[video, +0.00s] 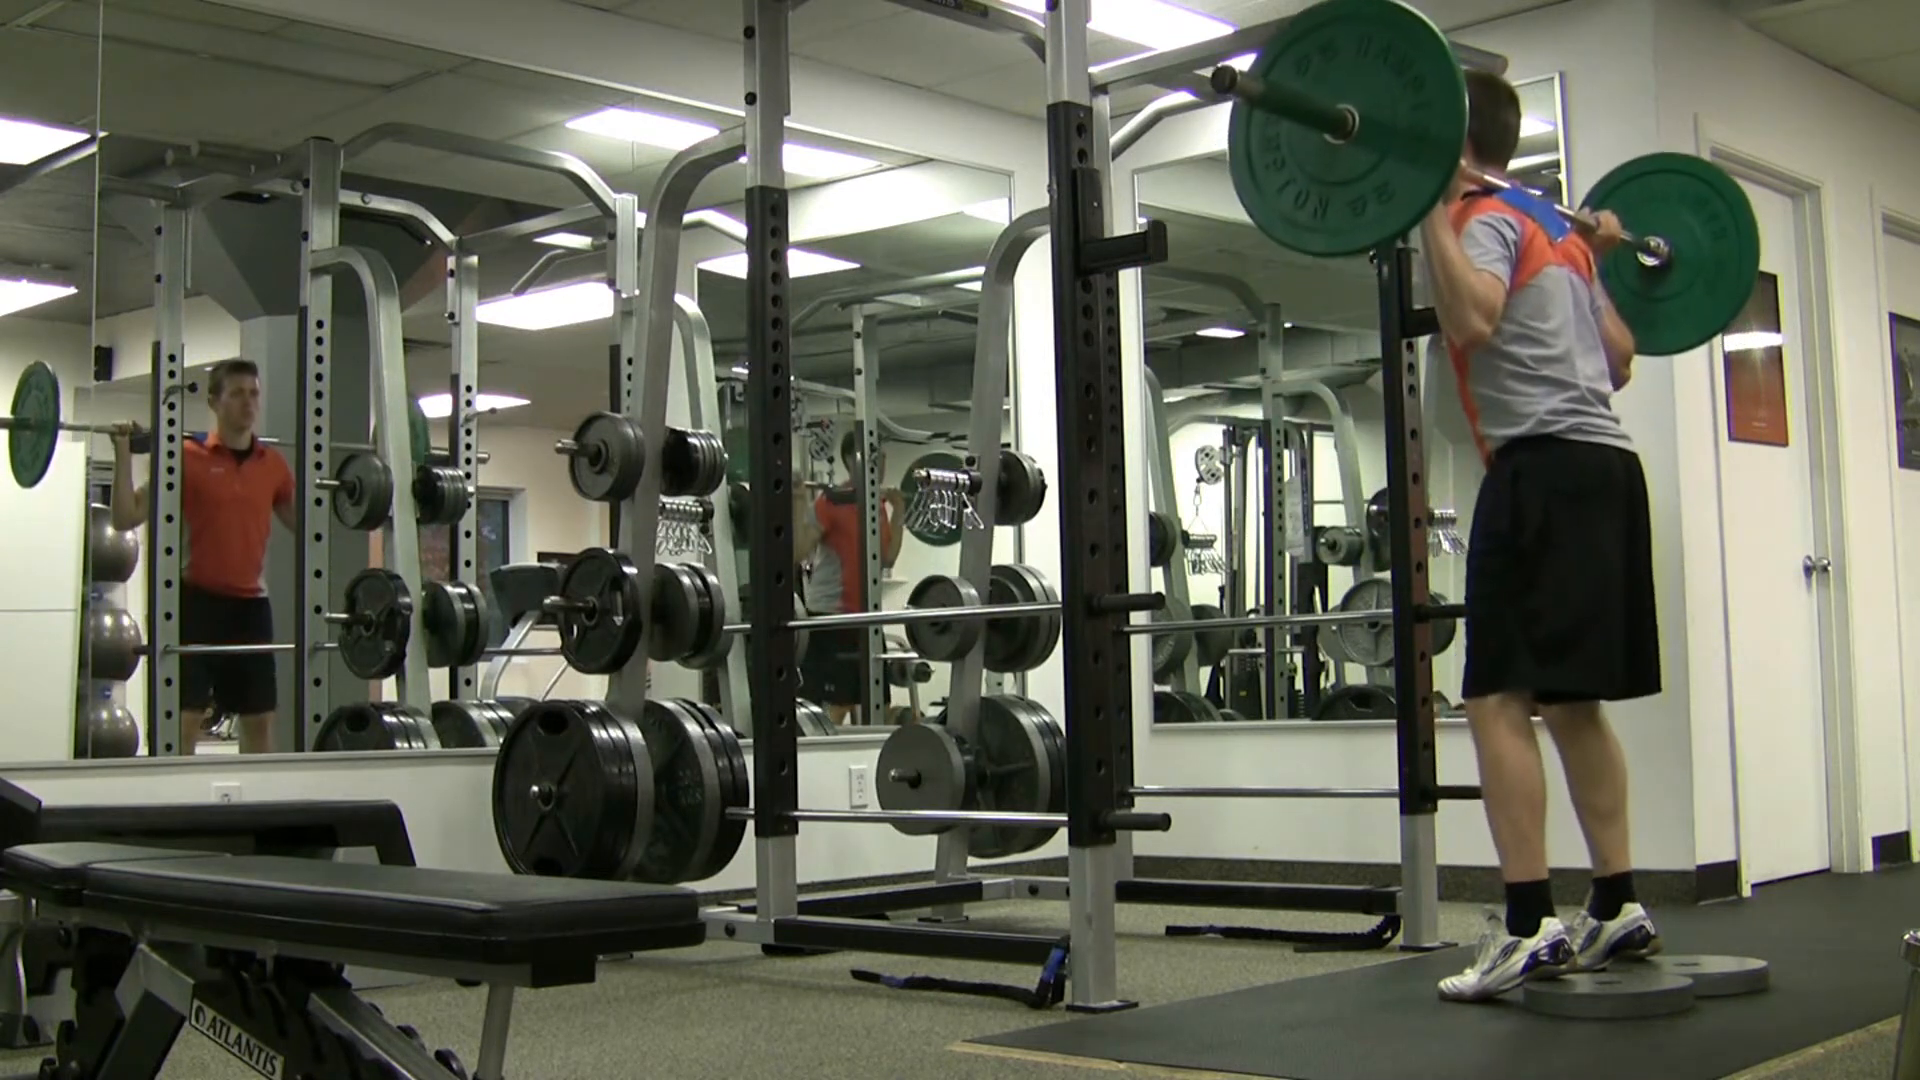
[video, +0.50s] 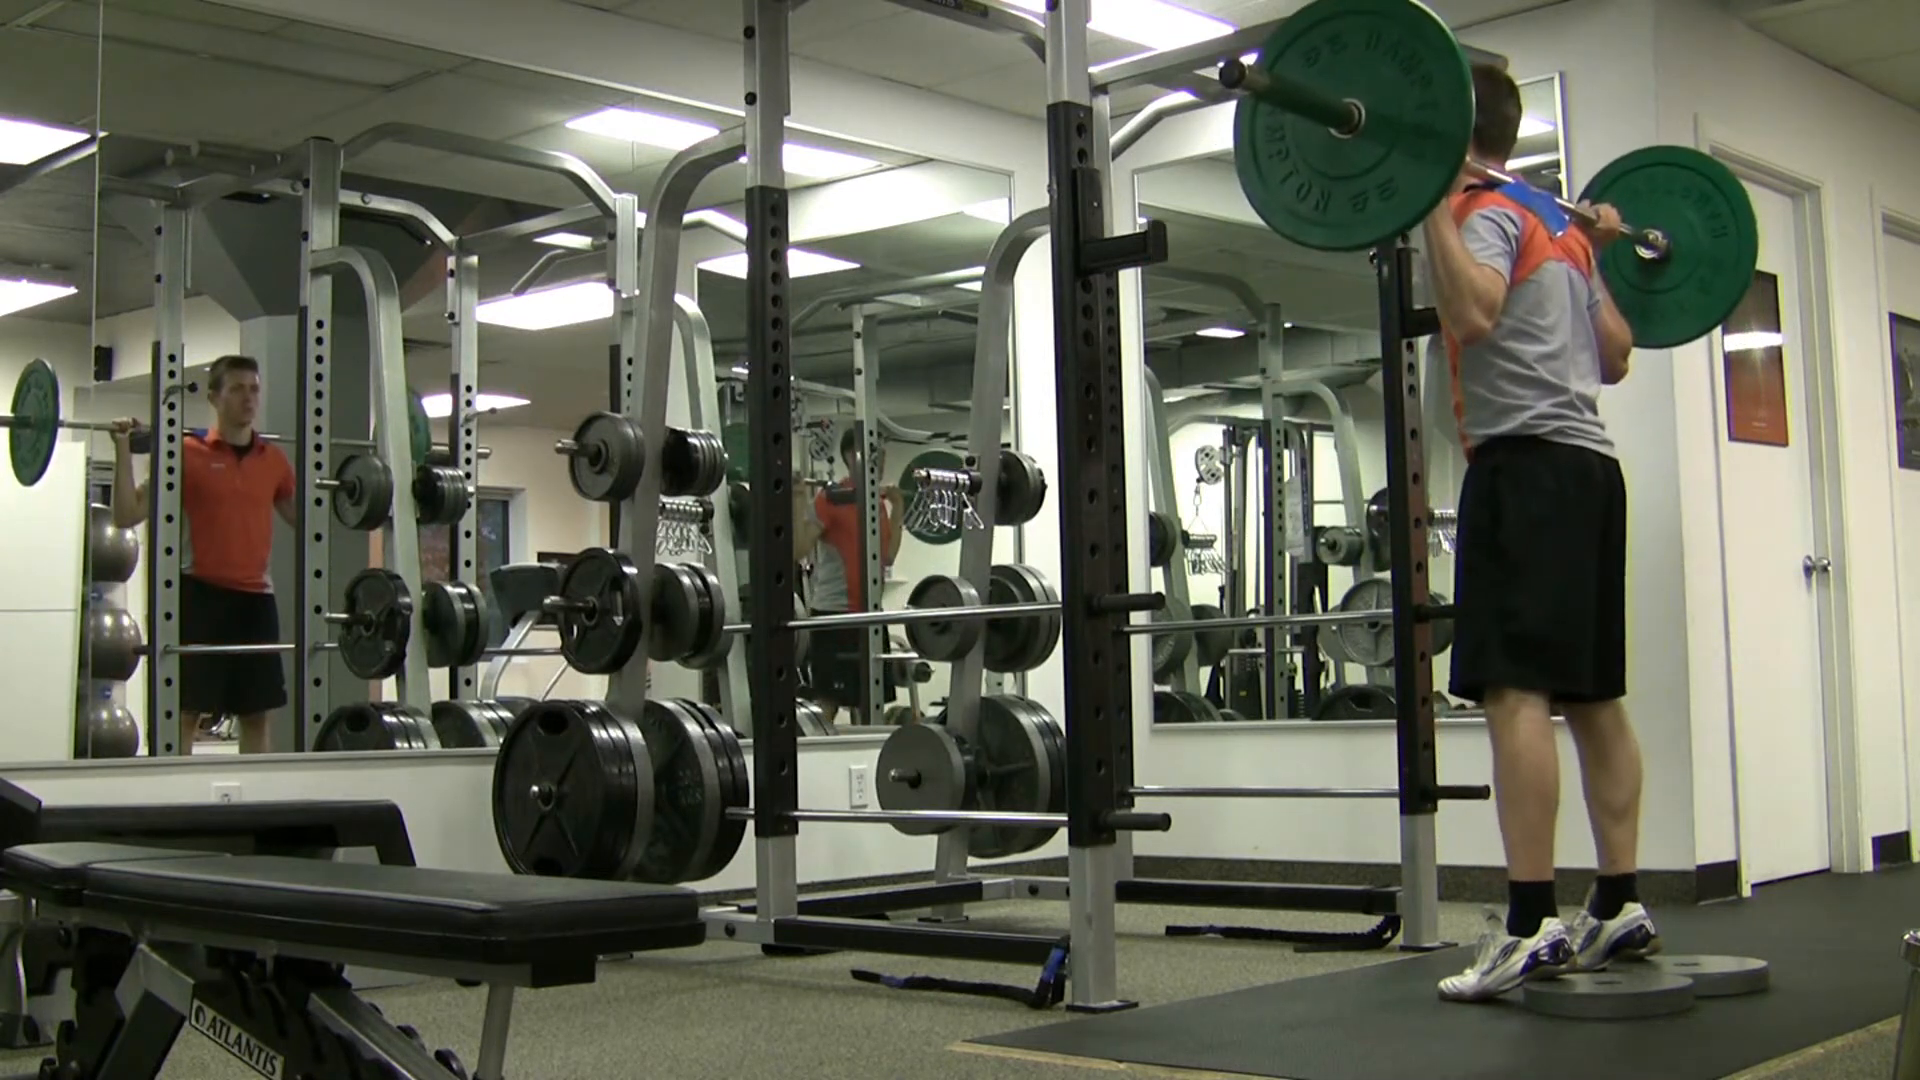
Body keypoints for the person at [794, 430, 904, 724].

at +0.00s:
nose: (874, 465)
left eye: (877, 457)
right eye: (865, 457)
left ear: (882, 460)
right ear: (849, 459)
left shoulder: (875, 505)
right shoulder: (830, 502)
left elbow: (888, 557)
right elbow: (799, 554)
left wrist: (898, 512)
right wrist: (798, 503)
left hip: (865, 613)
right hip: (833, 614)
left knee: (868, 704)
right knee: (838, 703)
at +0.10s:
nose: (872, 463)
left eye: (876, 455)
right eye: (864, 455)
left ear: (881, 458)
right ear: (849, 457)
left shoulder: (875, 503)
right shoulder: (831, 499)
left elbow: (888, 556)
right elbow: (799, 552)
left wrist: (898, 510)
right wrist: (798, 502)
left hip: (864, 610)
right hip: (831, 611)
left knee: (860, 699)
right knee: (835, 700)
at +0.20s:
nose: (872, 462)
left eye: (876, 454)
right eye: (864, 454)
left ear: (881, 457)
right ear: (849, 457)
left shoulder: (875, 502)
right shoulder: (830, 499)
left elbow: (888, 556)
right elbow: (799, 552)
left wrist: (897, 509)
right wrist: (798, 501)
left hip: (866, 610)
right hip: (832, 611)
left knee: (868, 701)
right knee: (830, 700)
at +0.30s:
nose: (871, 462)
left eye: (876, 454)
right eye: (863, 454)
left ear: (882, 457)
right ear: (848, 457)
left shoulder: (875, 501)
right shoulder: (830, 498)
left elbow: (888, 555)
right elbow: (799, 551)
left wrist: (897, 509)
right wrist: (797, 501)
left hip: (868, 611)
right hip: (833, 612)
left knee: (868, 702)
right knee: (826, 701)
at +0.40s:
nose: (871, 462)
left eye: (876, 454)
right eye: (863, 454)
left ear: (881, 457)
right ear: (849, 457)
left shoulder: (875, 502)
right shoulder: (830, 498)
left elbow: (888, 555)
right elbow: (798, 551)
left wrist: (897, 508)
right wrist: (798, 501)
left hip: (868, 611)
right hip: (833, 612)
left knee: (868, 702)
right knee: (827, 701)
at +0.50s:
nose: (872, 462)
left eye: (876, 454)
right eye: (863, 454)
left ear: (881, 457)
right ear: (848, 457)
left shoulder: (874, 502)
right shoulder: (831, 498)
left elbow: (888, 555)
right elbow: (798, 551)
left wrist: (897, 508)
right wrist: (798, 501)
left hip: (868, 611)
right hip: (833, 611)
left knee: (869, 702)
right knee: (828, 700)